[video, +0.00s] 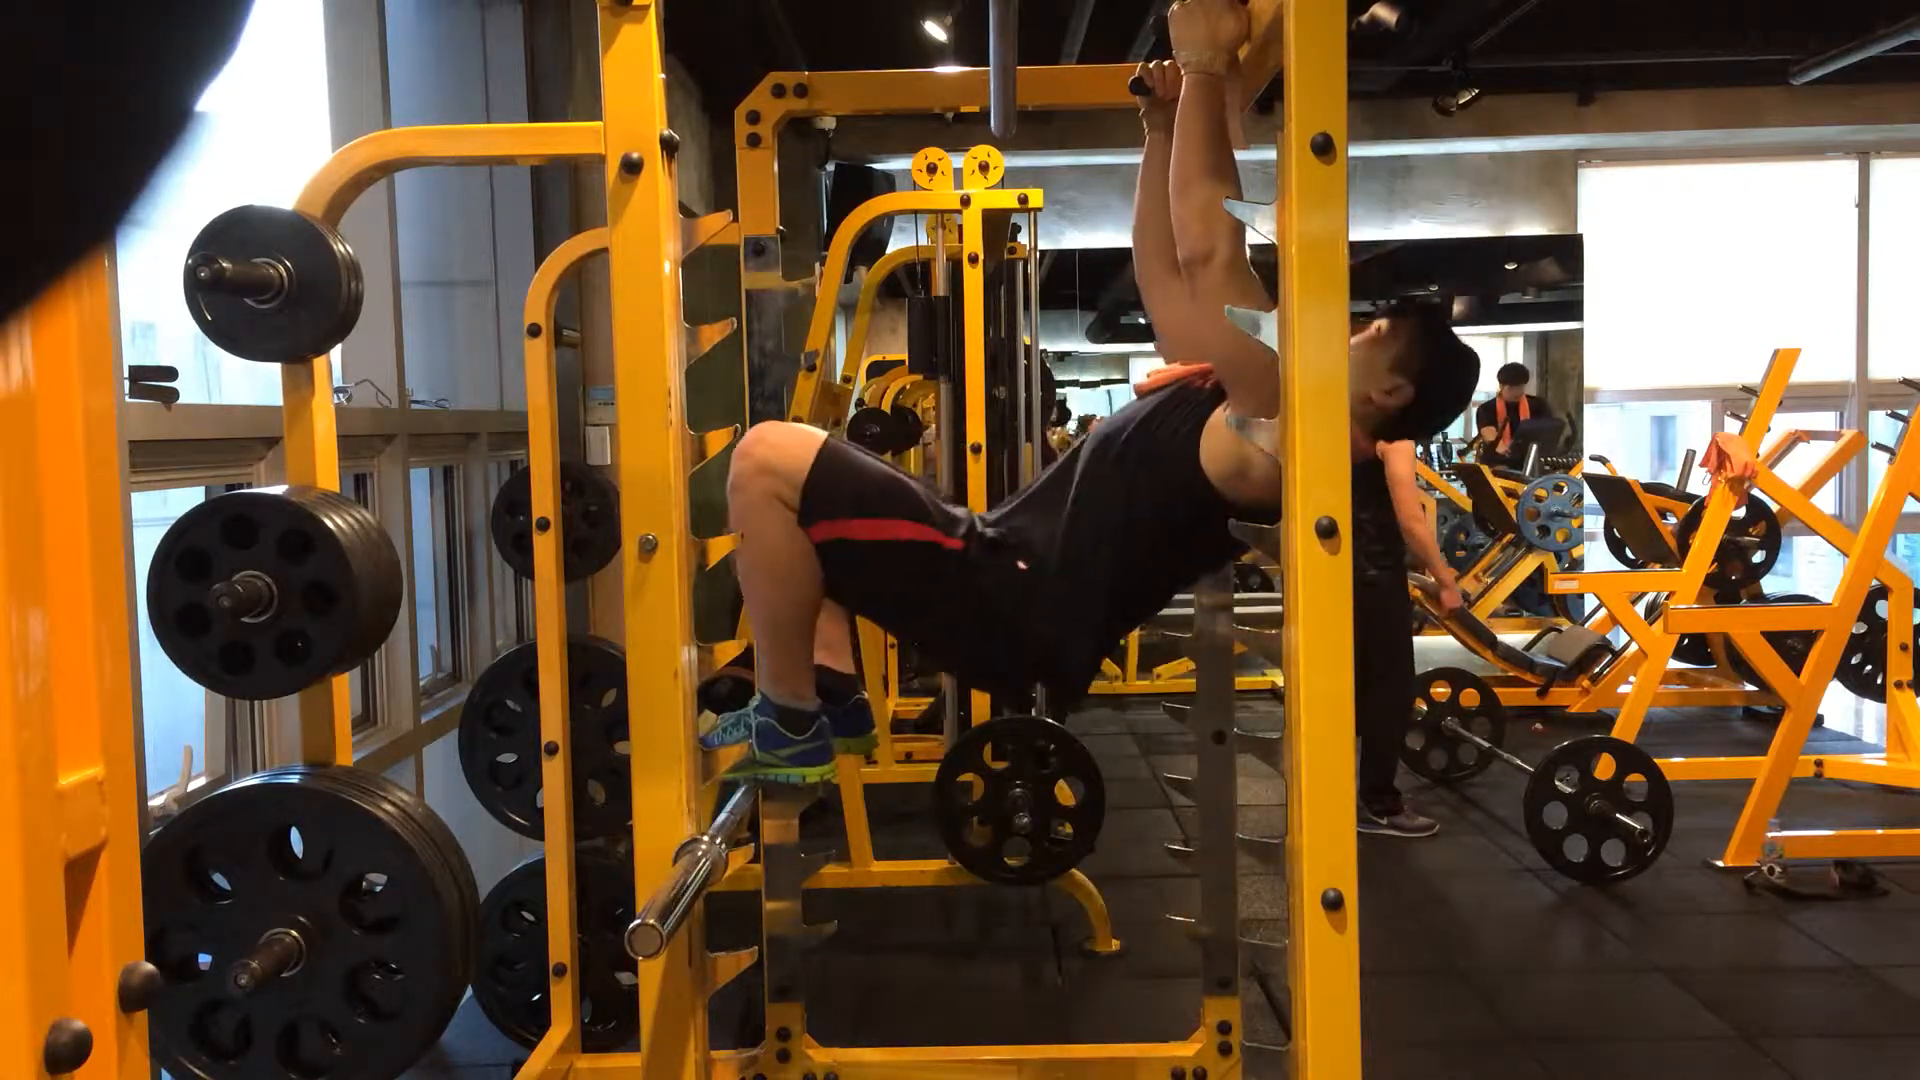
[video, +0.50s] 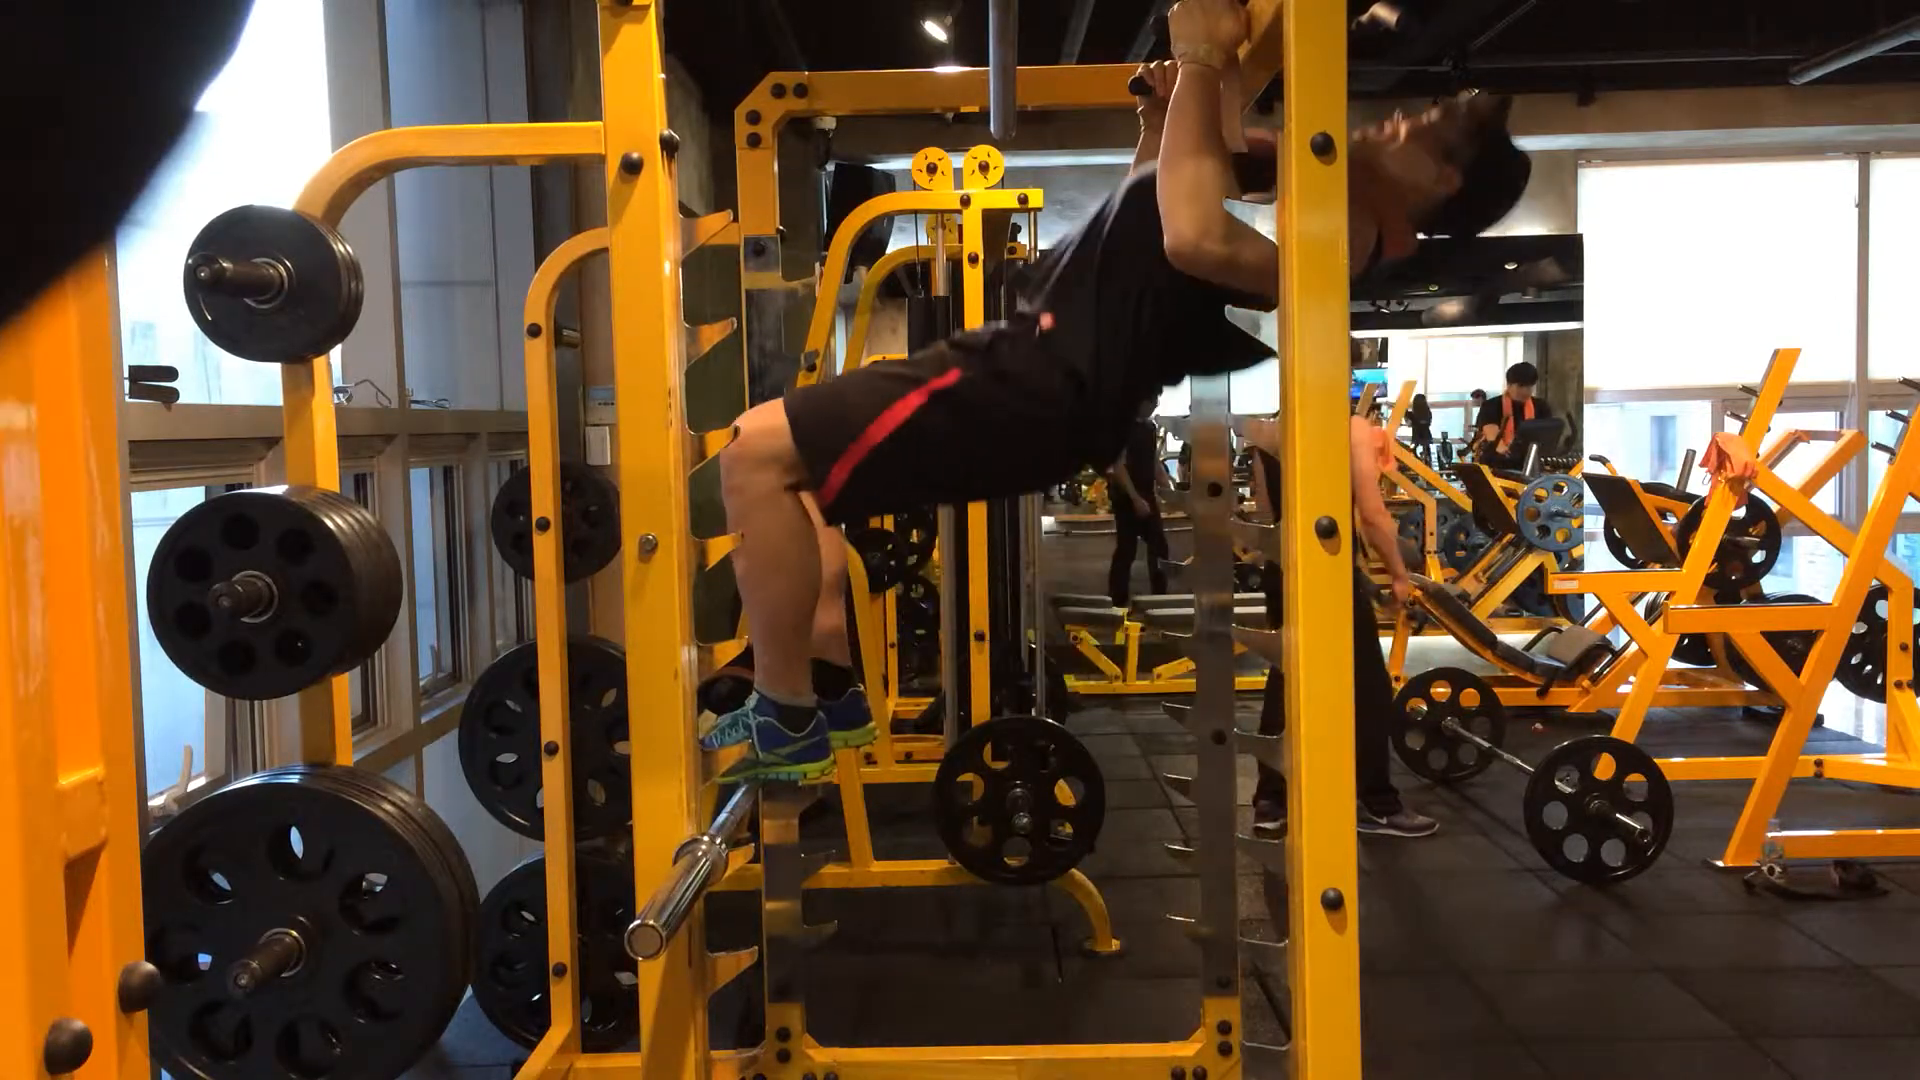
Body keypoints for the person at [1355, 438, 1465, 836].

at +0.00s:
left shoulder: (1335, 425)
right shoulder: (1393, 430)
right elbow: (1408, 516)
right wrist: (1444, 579)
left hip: (1334, 574)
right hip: (1376, 580)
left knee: (1346, 686)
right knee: (1391, 685)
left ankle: (1342, 799)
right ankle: (1379, 803)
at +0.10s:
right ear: (1393, 396)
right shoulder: (1389, 432)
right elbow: (1405, 516)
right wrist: (1440, 578)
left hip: (1329, 574)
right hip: (1373, 579)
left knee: (1335, 685)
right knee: (1393, 684)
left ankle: (1317, 790)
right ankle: (1379, 801)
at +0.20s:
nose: (1396, 399)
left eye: (1396, 392)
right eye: (1393, 391)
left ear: (1349, 381)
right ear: (1378, 385)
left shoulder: (1318, 423)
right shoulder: (1379, 426)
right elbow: (1401, 518)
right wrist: (1433, 576)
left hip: (1320, 574)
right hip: (1369, 577)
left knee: (1320, 688)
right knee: (1390, 689)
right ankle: (1379, 802)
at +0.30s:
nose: (1382, 387)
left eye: (1380, 377)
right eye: (1377, 378)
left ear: (1341, 383)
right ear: (1363, 383)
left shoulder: (1311, 424)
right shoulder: (1372, 431)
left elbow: (1259, 435)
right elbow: (1392, 519)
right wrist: (1424, 576)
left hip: (1318, 577)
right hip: (1364, 580)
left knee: (1315, 687)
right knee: (1387, 690)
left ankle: (1279, 792)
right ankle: (1380, 803)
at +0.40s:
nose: (1370, 384)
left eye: (1368, 374)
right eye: (1366, 374)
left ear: (1327, 378)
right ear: (1351, 376)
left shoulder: (1291, 427)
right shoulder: (1365, 430)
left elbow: (1278, 505)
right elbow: (1382, 517)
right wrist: (1414, 575)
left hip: (1303, 579)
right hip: (1351, 578)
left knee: (1294, 684)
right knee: (1379, 690)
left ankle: (1271, 803)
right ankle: (1381, 805)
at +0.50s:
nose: (1359, 390)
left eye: (1355, 383)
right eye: (1355, 384)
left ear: (1302, 386)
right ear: (1346, 387)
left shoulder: (1271, 430)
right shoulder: (1355, 430)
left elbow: (1266, 510)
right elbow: (1372, 513)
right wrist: (1399, 573)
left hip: (1284, 575)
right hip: (1337, 576)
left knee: (1283, 684)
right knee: (1371, 687)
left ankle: (1270, 804)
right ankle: (1380, 803)